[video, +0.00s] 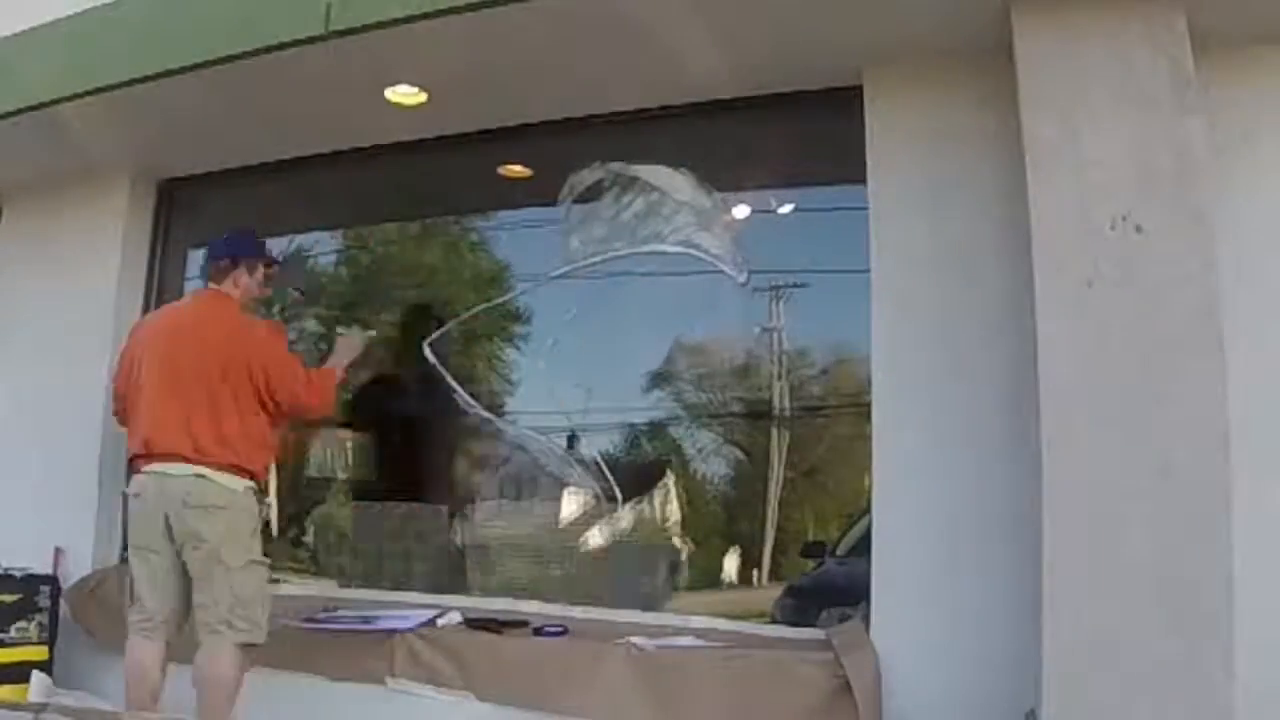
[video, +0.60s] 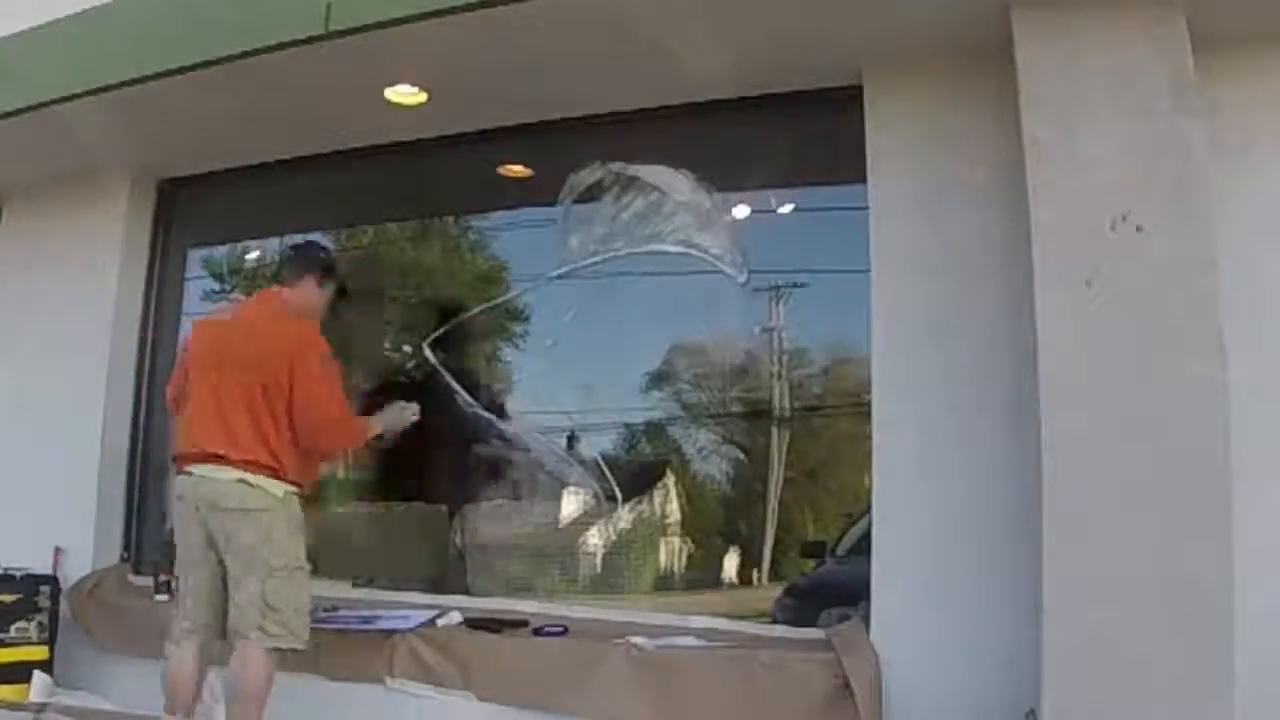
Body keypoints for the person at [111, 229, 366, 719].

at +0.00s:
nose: (265, 290)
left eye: (266, 279)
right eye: (261, 278)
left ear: (213, 273)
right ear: (237, 274)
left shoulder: (149, 326)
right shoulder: (256, 334)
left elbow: (122, 405)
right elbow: (304, 401)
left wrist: (170, 430)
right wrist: (339, 363)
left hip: (148, 490)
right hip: (220, 495)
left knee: (147, 625)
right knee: (222, 633)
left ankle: (140, 716)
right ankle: (212, 715)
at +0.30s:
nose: (276, 299)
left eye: (278, 290)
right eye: (275, 289)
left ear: (228, 279)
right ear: (254, 281)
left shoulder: (163, 332)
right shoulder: (257, 337)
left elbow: (141, 416)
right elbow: (299, 415)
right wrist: (330, 376)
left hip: (159, 486)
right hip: (223, 491)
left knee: (166, 618)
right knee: (231, 625)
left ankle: (158, 715)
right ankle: (221, 716)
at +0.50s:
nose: (333, 308)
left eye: (335, 300)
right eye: (337, 300)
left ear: (289, 277)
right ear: (332, 290)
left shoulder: (221, 318)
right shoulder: (334, 344)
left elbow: (178, 400)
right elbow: (359, 444)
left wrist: (236, 394)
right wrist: (373, 399)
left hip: (202, 493)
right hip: (274, 503)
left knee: (201, 633)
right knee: (262, 642)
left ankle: (195, 716)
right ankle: (249, 718)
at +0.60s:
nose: (325, 310)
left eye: (329, 299)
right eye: (327, 296)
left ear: (283, 278)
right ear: (312, 282)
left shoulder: (208, 329)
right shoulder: (302, 340)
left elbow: (175, 398)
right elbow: (323, 434)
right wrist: (381, 424)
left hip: (192, 488)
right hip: (257, 497)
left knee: (190, 627)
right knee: (257, 637)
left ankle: (178, 715)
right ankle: (243, 718)